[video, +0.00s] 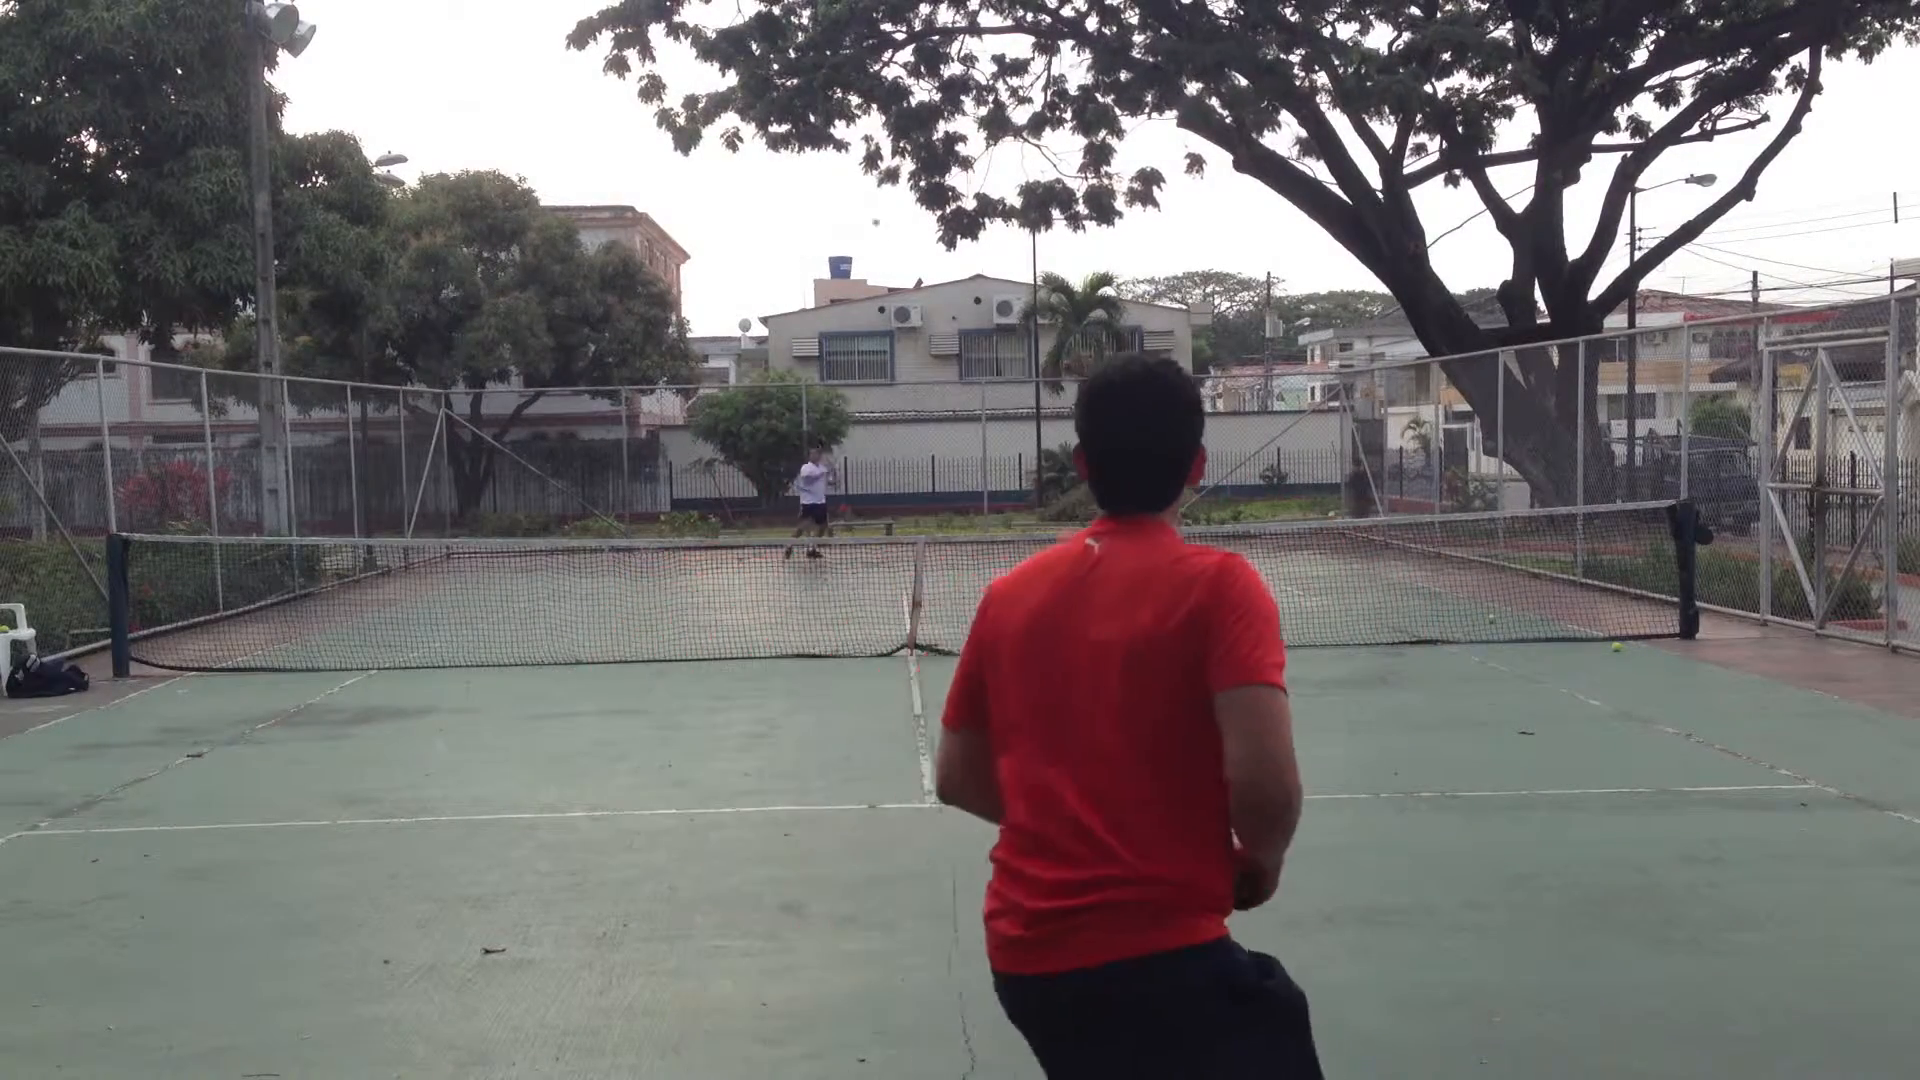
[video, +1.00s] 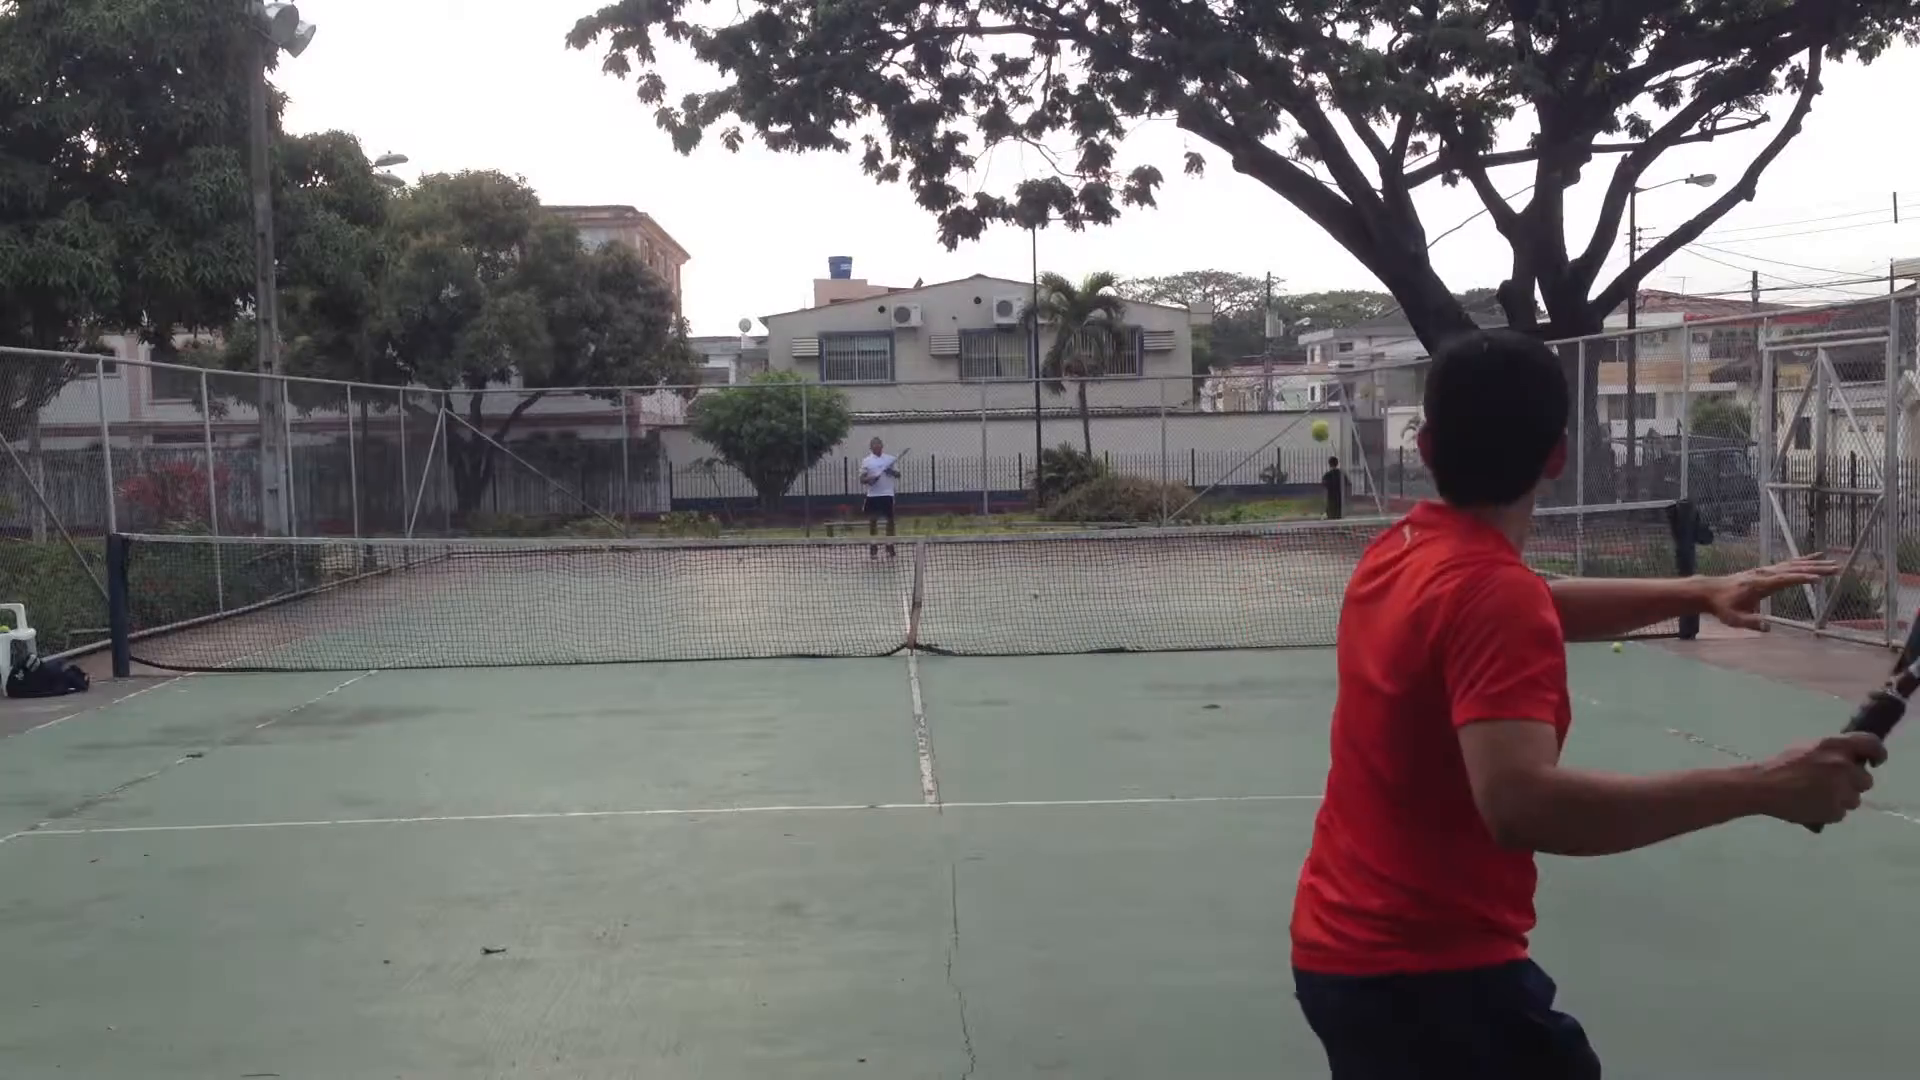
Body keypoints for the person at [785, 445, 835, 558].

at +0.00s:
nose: (815, 456)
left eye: (817, 453)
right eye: (813, 453)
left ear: (820, 455)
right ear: (809, 456)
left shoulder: (821, 468)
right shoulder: (806, 468)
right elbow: (807, 479)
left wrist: (829, 464)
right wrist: (822, 472)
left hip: (820, 501)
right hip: (808, 502)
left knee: (822, 526)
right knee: (804, 524)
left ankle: (813, 548)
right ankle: (790, 545)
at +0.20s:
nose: (827, 452)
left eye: (829, 450)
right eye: (825, 450)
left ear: (831, 451)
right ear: (821, 452)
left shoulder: (835, 467)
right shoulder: (816, 466)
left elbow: (840, 485)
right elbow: (810, 482)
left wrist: (843, 476)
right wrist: (825, 482)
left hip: (832, 498)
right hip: (821, 498)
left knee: (827, 524)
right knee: (827, 523)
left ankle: (815, 546)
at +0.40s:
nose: (839, 453)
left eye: (840, 451)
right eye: (836, 451)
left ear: (843, 452)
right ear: (831, 453)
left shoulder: (848, 466)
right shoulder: (826, 468)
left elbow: (853, 483)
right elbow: (821, 484)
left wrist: (852, 481)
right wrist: (833, 485)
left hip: (847, 499)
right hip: (834, 500)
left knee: (847, 525)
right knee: (839, 523)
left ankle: (829, 543)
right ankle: (839, 547)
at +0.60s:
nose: (851, 453)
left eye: (853, 450)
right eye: (849, 451)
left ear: (855, 451)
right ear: (845, 452)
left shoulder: (862, 464)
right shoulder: (840, 466)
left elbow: (868, 482)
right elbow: (837, 482)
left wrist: (867, 477)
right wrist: (849, 483)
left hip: (861, 498)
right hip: (847, 499)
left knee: (870, 520)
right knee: (844, 524)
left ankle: (867, 543)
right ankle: (839, 546)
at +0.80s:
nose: (869, 456)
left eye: (870, 454)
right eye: (867, 454)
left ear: (873, 454)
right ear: (863, 455)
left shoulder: (879, 466)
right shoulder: (856, 468)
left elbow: (887, 484)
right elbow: (851, 484)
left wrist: (882, 479)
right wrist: (862, 485)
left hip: (878, 501)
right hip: (862, 502)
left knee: (887, 522)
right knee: (851, 525)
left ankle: (888, 547)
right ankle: (843, 547)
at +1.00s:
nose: (877, 450)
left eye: (879, 447)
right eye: (875, 448)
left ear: (882, 447)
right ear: (871, 448)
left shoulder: (889, 459)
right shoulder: (866, 461)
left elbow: (898, 474)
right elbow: (862, 478)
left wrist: (890, 471)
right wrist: (871, 479)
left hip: (887, 494)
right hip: (872, 494)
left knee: (890, 520)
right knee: (872, 521)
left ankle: (890, 544)